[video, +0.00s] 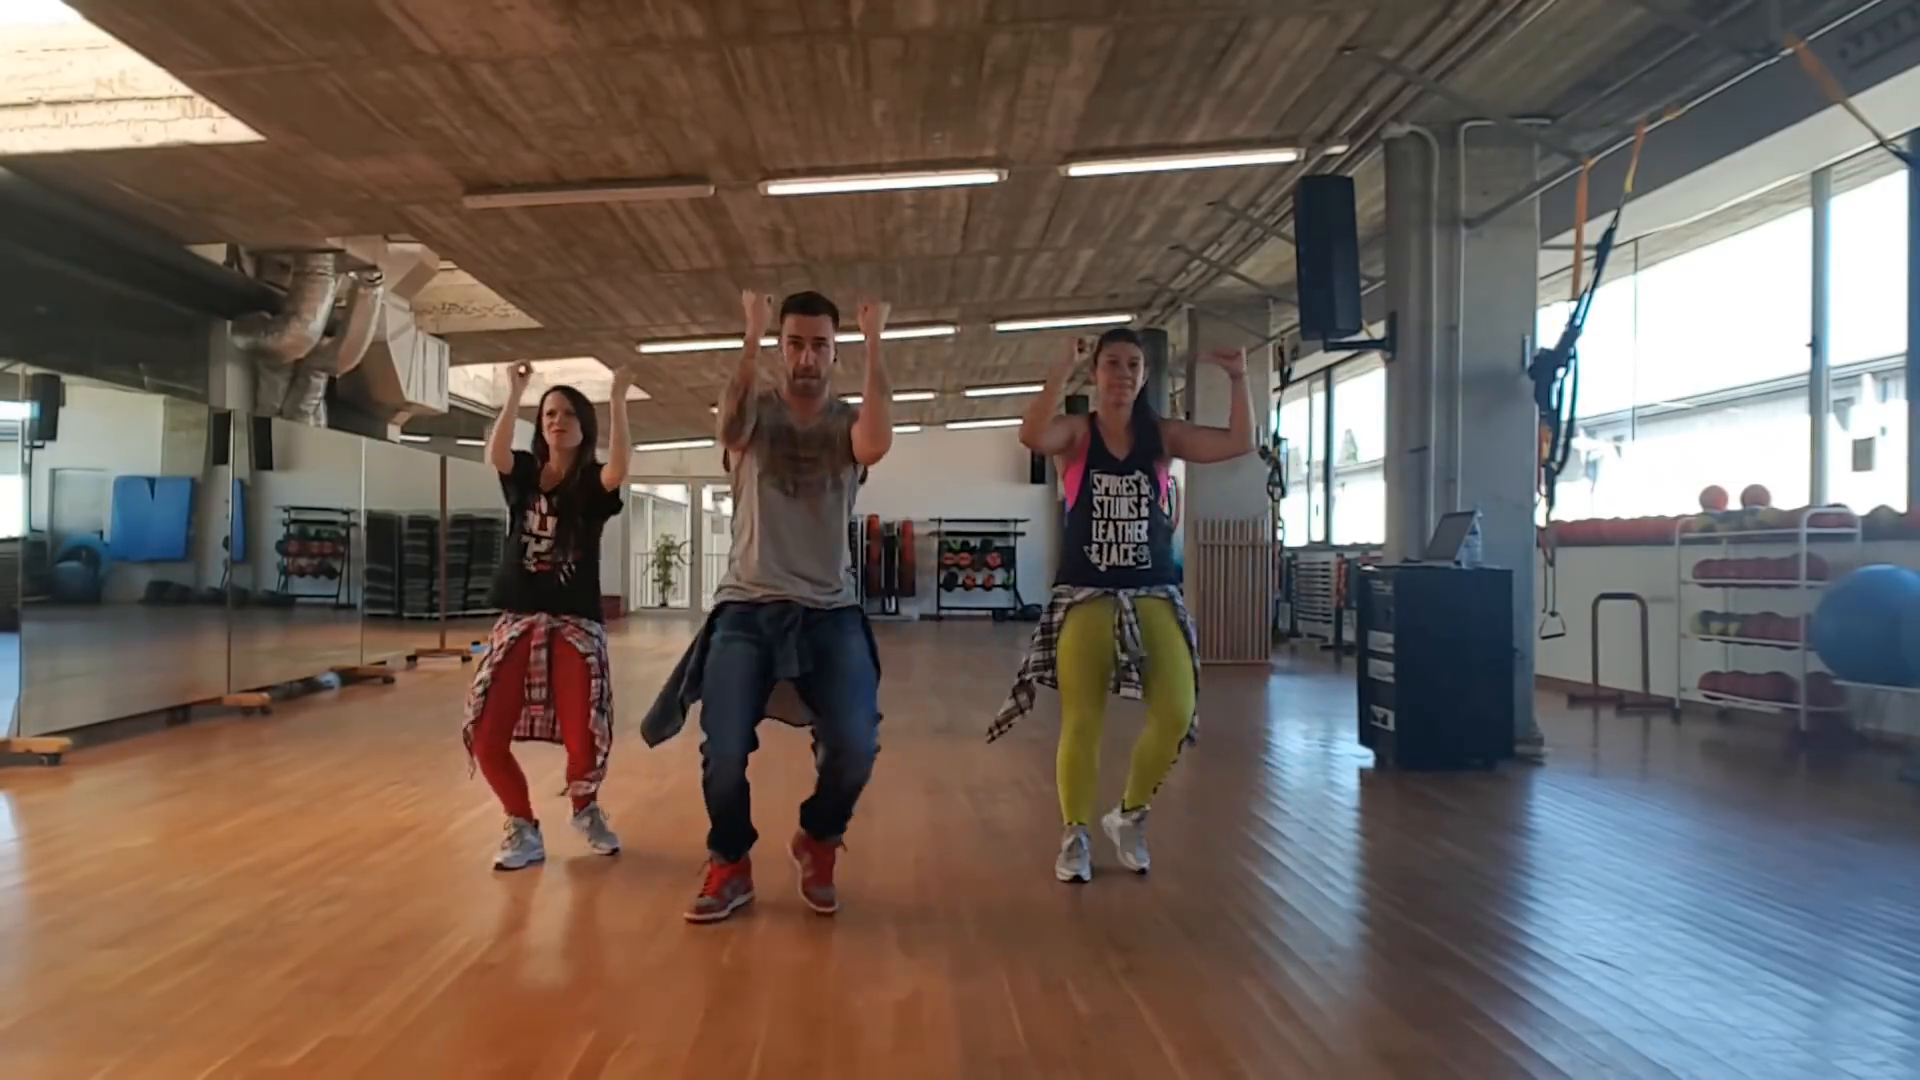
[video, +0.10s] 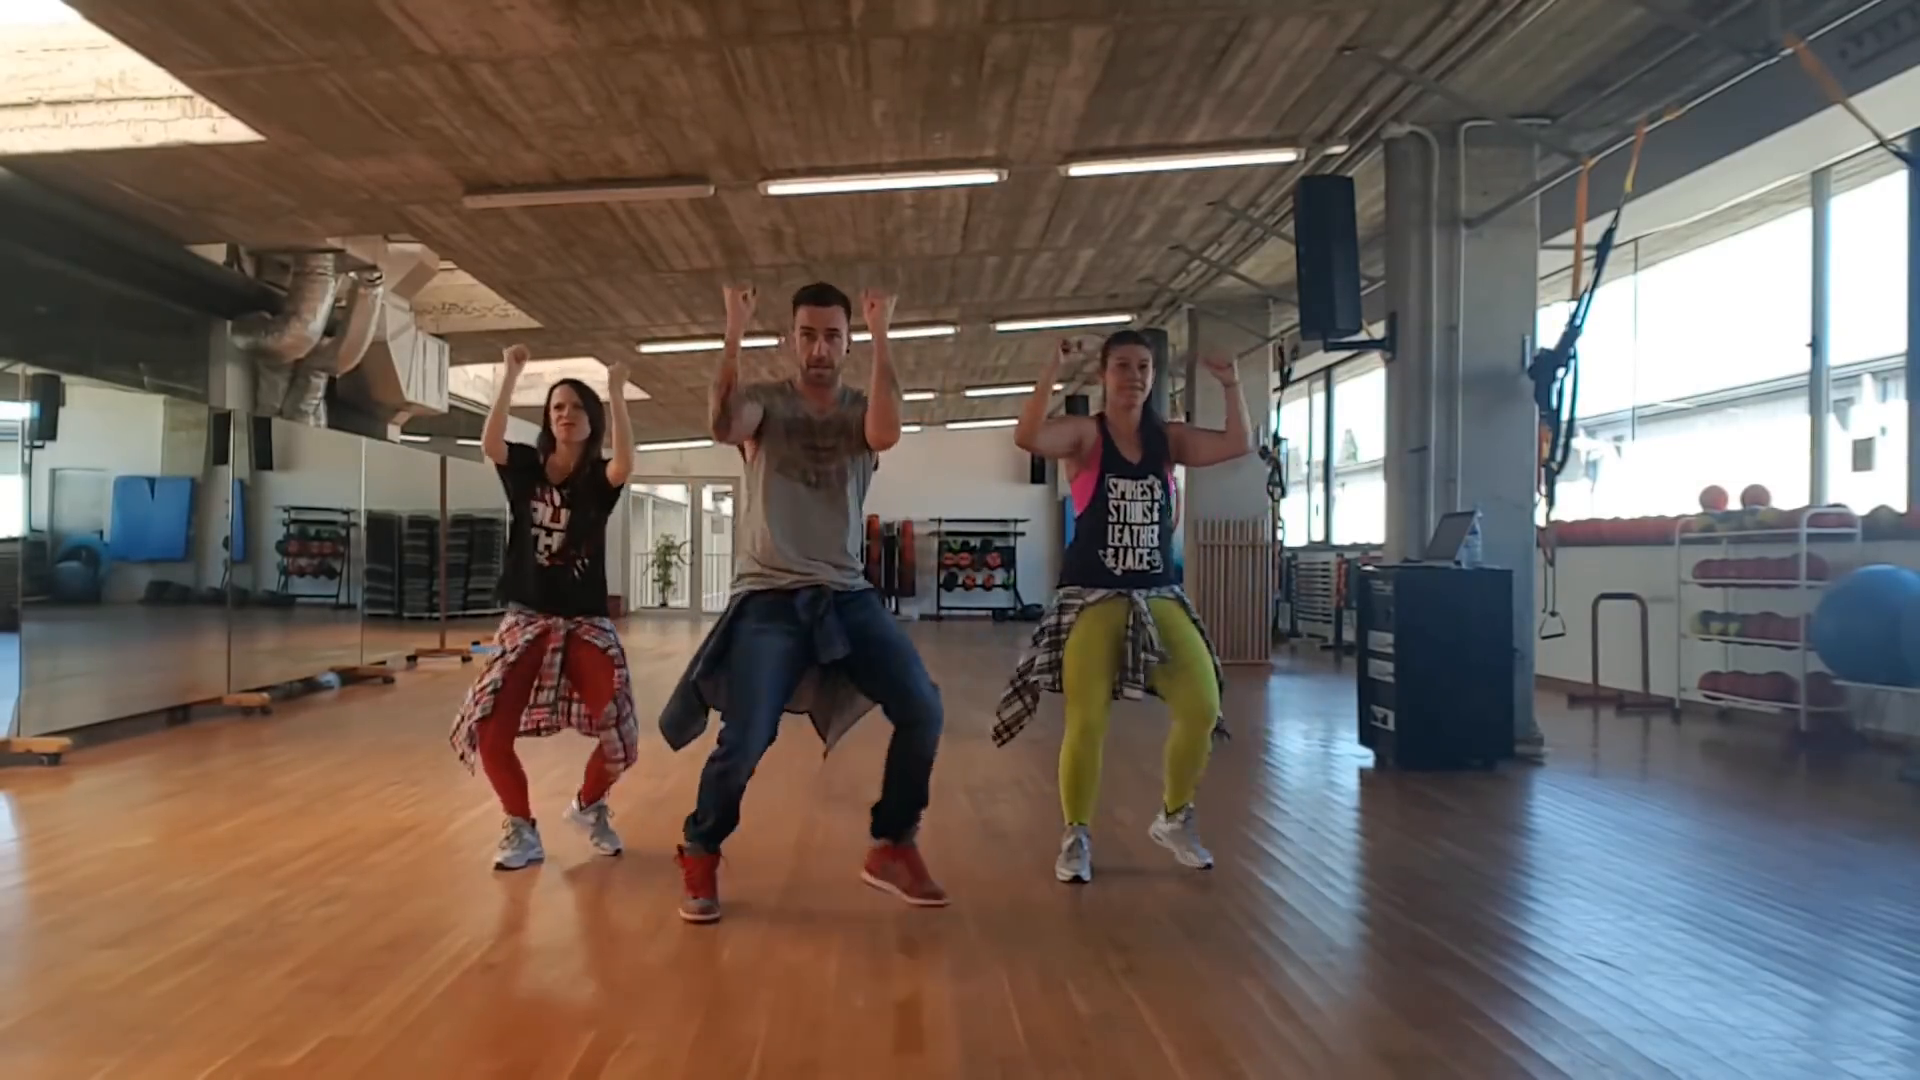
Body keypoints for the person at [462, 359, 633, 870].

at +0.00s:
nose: (558, 421)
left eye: (567, 414)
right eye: (549, 415)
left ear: (586, 425)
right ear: (539, 426)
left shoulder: (594, 484)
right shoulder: (525, 474)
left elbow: (619, 470)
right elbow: (497, 454)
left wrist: (616, 403)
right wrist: (514, 395)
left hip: (575, 617)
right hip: (518, 615)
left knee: (582, 727)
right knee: (487, 738)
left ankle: (586, 810)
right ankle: (524, 831)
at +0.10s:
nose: (565, 414)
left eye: (575, 407)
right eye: (557, 408)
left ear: (594, 421)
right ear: (547, 420)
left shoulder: (599, 477)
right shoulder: (526, 466)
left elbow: (623, 464)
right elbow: (491, 442)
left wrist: (617, 401)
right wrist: (510, 375)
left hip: (588, 619)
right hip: (528, 616)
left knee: (621, 735)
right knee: (491, 734)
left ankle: (588, 807)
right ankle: (522, 830)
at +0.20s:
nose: (576, 411)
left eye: (585, 404)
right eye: (567, 405)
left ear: (602, 415)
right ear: (556, 415)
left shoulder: (609, 475)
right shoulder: (531, 466)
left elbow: (635, 462)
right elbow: (486, 447)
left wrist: (622, 394)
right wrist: (511, 379)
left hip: (601, 617)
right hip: (541, 616)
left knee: (654, 714)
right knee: (518, 720)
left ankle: (617, 813)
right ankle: (507, 825)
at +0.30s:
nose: (590, 413)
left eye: (599, 406)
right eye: (579, 407)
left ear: (614, 417)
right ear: (569, 418)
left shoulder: (628, 475)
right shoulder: (546, 472)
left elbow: (649, 463)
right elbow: (497, 462)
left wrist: (635, 398)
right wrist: (521, 392)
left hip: (619, 623)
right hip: (562, 624)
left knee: (677, 707)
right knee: (547, 736)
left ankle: (668, 831)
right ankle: (493, 819)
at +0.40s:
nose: (607, 420)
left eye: (615, 412)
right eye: (597, 413)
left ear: (631, 422)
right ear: (585, 425)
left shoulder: (645, 479)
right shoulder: (569, 480)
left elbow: (666, 465)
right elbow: (525, 476)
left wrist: (647, 402)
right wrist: (544, 405)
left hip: (651, 626)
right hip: (595, 631)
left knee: (703, 722)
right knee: (559, 732)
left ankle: (681, 837)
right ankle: (490, 817)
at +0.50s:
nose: (623, 416)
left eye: (631, 409)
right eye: (613, 411)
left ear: (648, 420)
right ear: (604, 425)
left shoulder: (664, 473)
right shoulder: (591, 477)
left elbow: (688, 459)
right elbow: (546, 470)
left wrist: (662, 396)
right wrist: (563, 402)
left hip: (678, 618)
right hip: (621, 624)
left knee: (716, 725)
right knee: (591, 733)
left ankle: (682, 831)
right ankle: (515, 806)